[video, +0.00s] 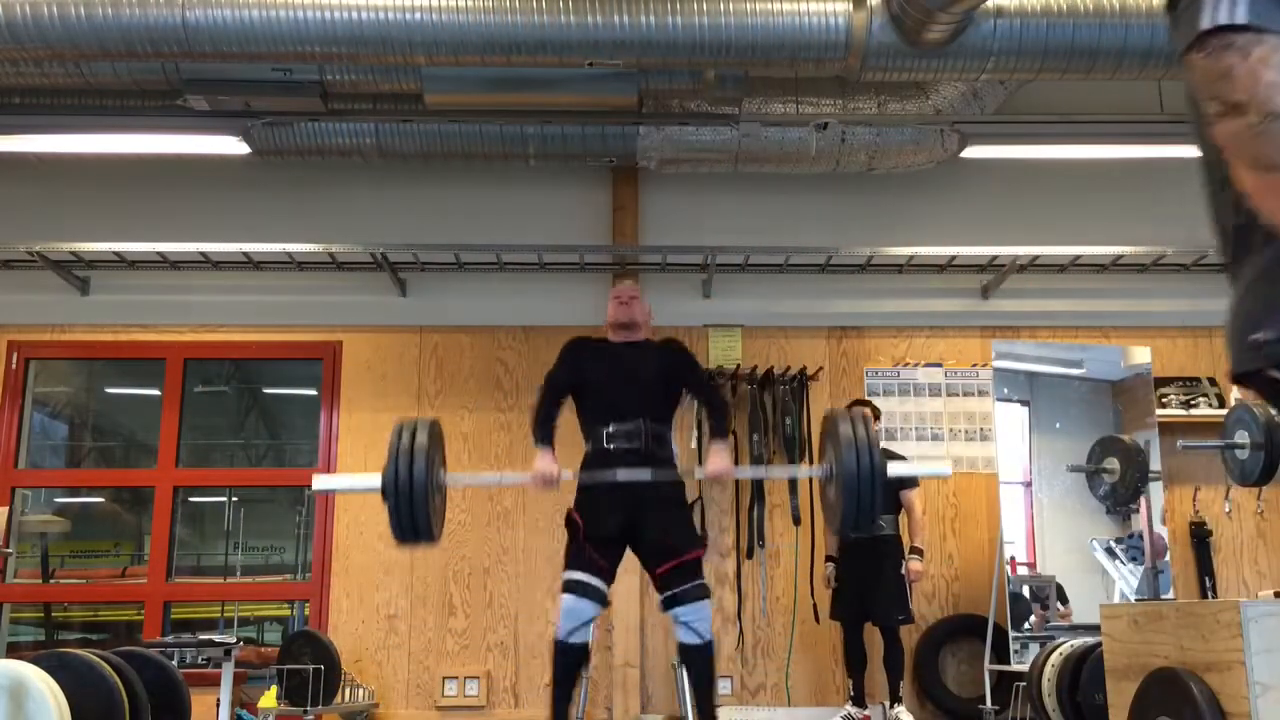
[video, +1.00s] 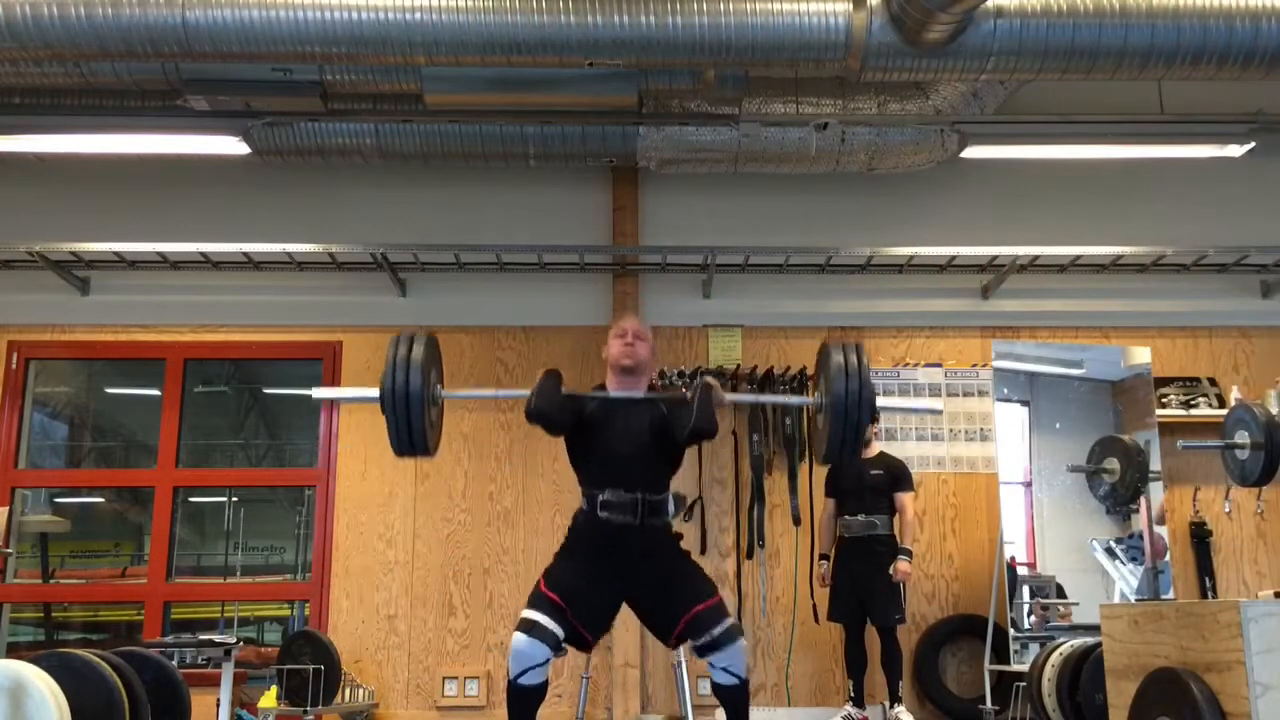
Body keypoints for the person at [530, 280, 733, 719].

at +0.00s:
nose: (625, 303)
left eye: (633, 299)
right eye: (618, 299)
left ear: (648, 313)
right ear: (606, 313)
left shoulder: (671, 353)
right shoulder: (581, 351)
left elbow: (713, 397)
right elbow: (549, 397)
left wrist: (719, 445)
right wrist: (544, 450)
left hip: (661, 496)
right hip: (600, 497)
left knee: (694, 614)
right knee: (575, 612)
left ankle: (705, 714)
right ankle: (559, 715)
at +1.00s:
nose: (629, 341)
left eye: (639, 338)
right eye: (620, 335)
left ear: (653, 360)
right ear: (605, 353)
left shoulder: (668, 409)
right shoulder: (583, 406)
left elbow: (702, 426)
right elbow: (545, 411)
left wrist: (703, 391)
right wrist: (550, 379)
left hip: (655, 549)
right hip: (590, 546)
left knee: (729, 649)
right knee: (526, 650)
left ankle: (738, 718)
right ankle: (521, 718)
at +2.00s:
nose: (639, 321)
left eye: (649, 312)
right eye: (631, 310)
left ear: (663, 311)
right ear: (615, 306)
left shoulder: (684, 361)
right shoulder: (586, 359)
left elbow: (730, 428)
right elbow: (548, 433)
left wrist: (728, 407)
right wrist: (550, 411)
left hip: (661, 502)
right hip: (600, 500)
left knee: (686, 626)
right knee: (583, 622)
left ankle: (698, 716)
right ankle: (568, 717)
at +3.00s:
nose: (610, 352)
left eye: (619, 344)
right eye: (604, 343)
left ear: (633, 345)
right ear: (591, 341)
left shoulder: (652, 390)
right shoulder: (569, 390)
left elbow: (671, 456)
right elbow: (542, 448)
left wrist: (652, 497)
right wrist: (547, 484)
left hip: (641, 517)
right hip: (590, 518)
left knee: (655, 625)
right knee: (593, 628)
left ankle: (669, 712)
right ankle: (594, 714)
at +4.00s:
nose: (625, 378)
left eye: (635, 370)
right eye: (620, 368)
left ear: (652, 364)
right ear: (611, 360)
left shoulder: (674, 404)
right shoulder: (594, 402)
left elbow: (697, 465)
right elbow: (577, 462)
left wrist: (709, 522)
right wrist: (552, 510)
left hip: (654, 524)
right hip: (603, 520)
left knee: (651, 628)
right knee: (581, 616)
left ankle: (652, 714)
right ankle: (573, 713)